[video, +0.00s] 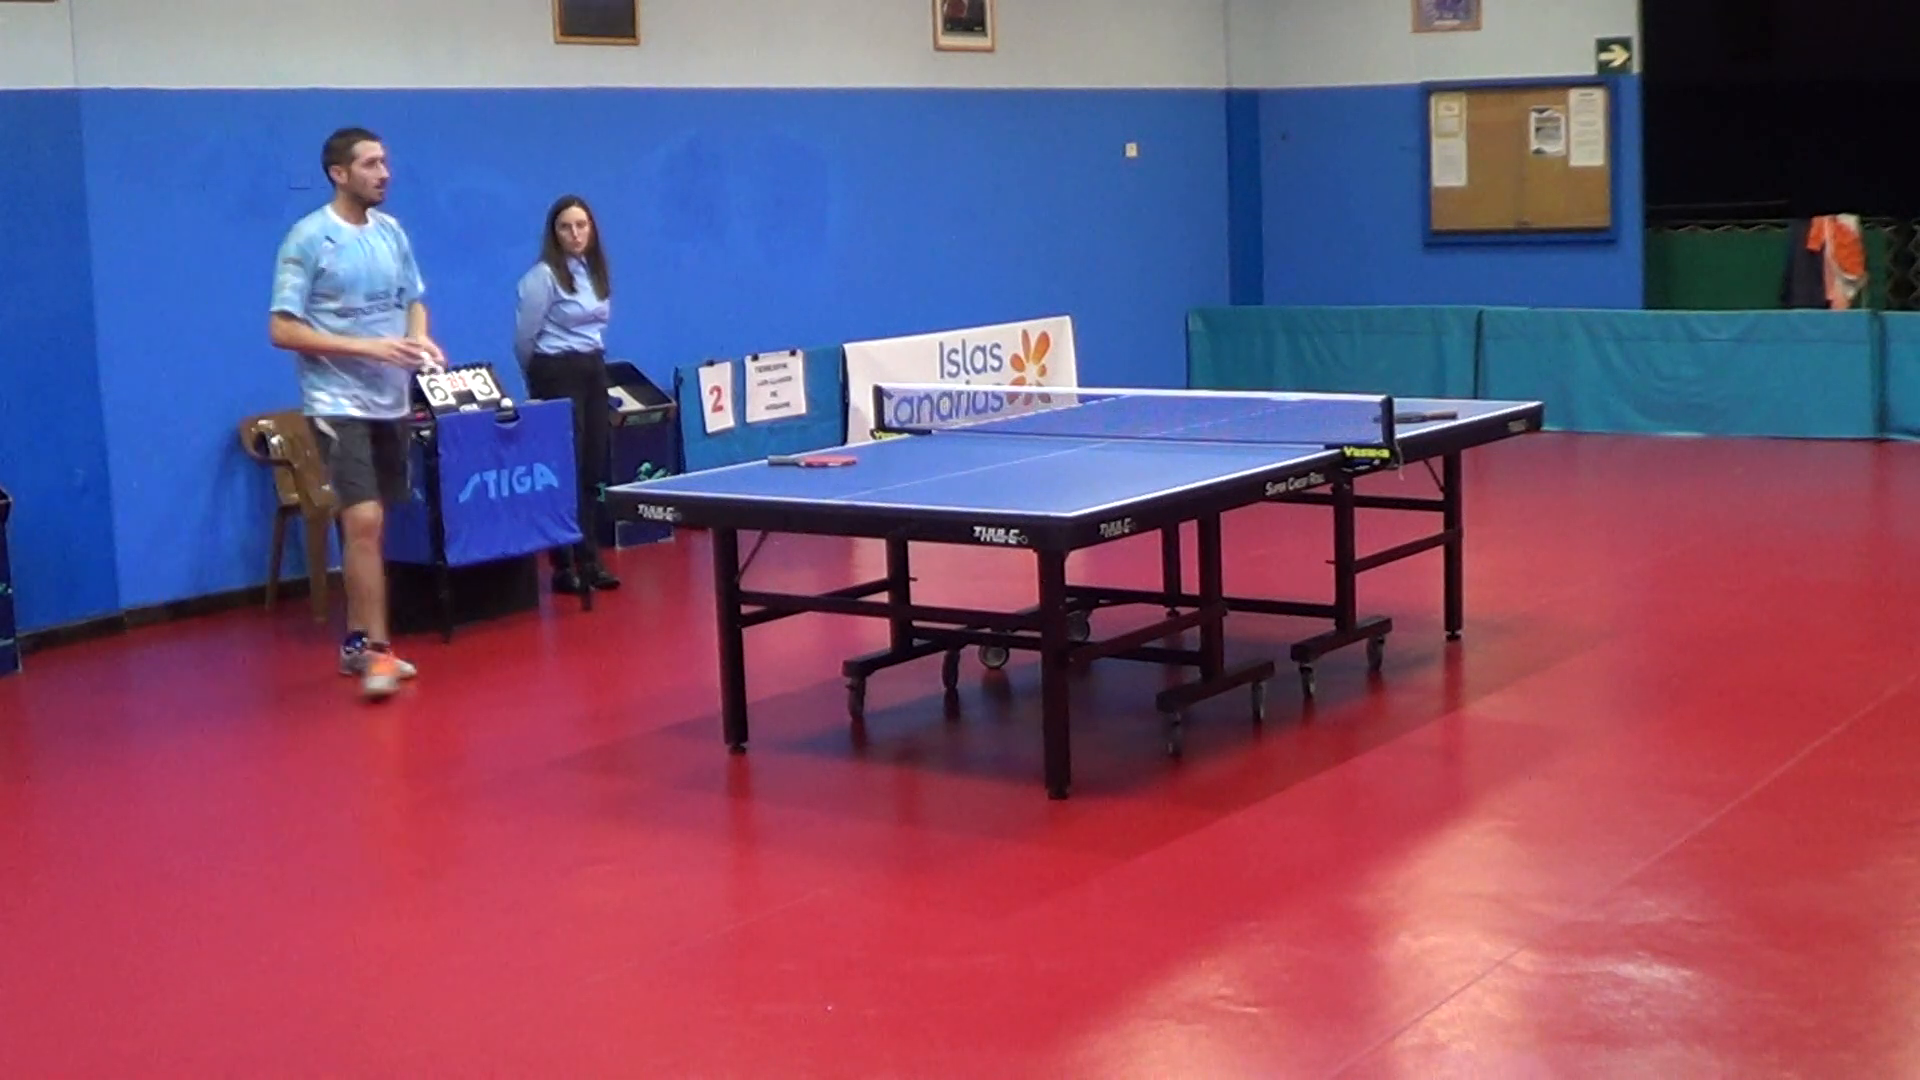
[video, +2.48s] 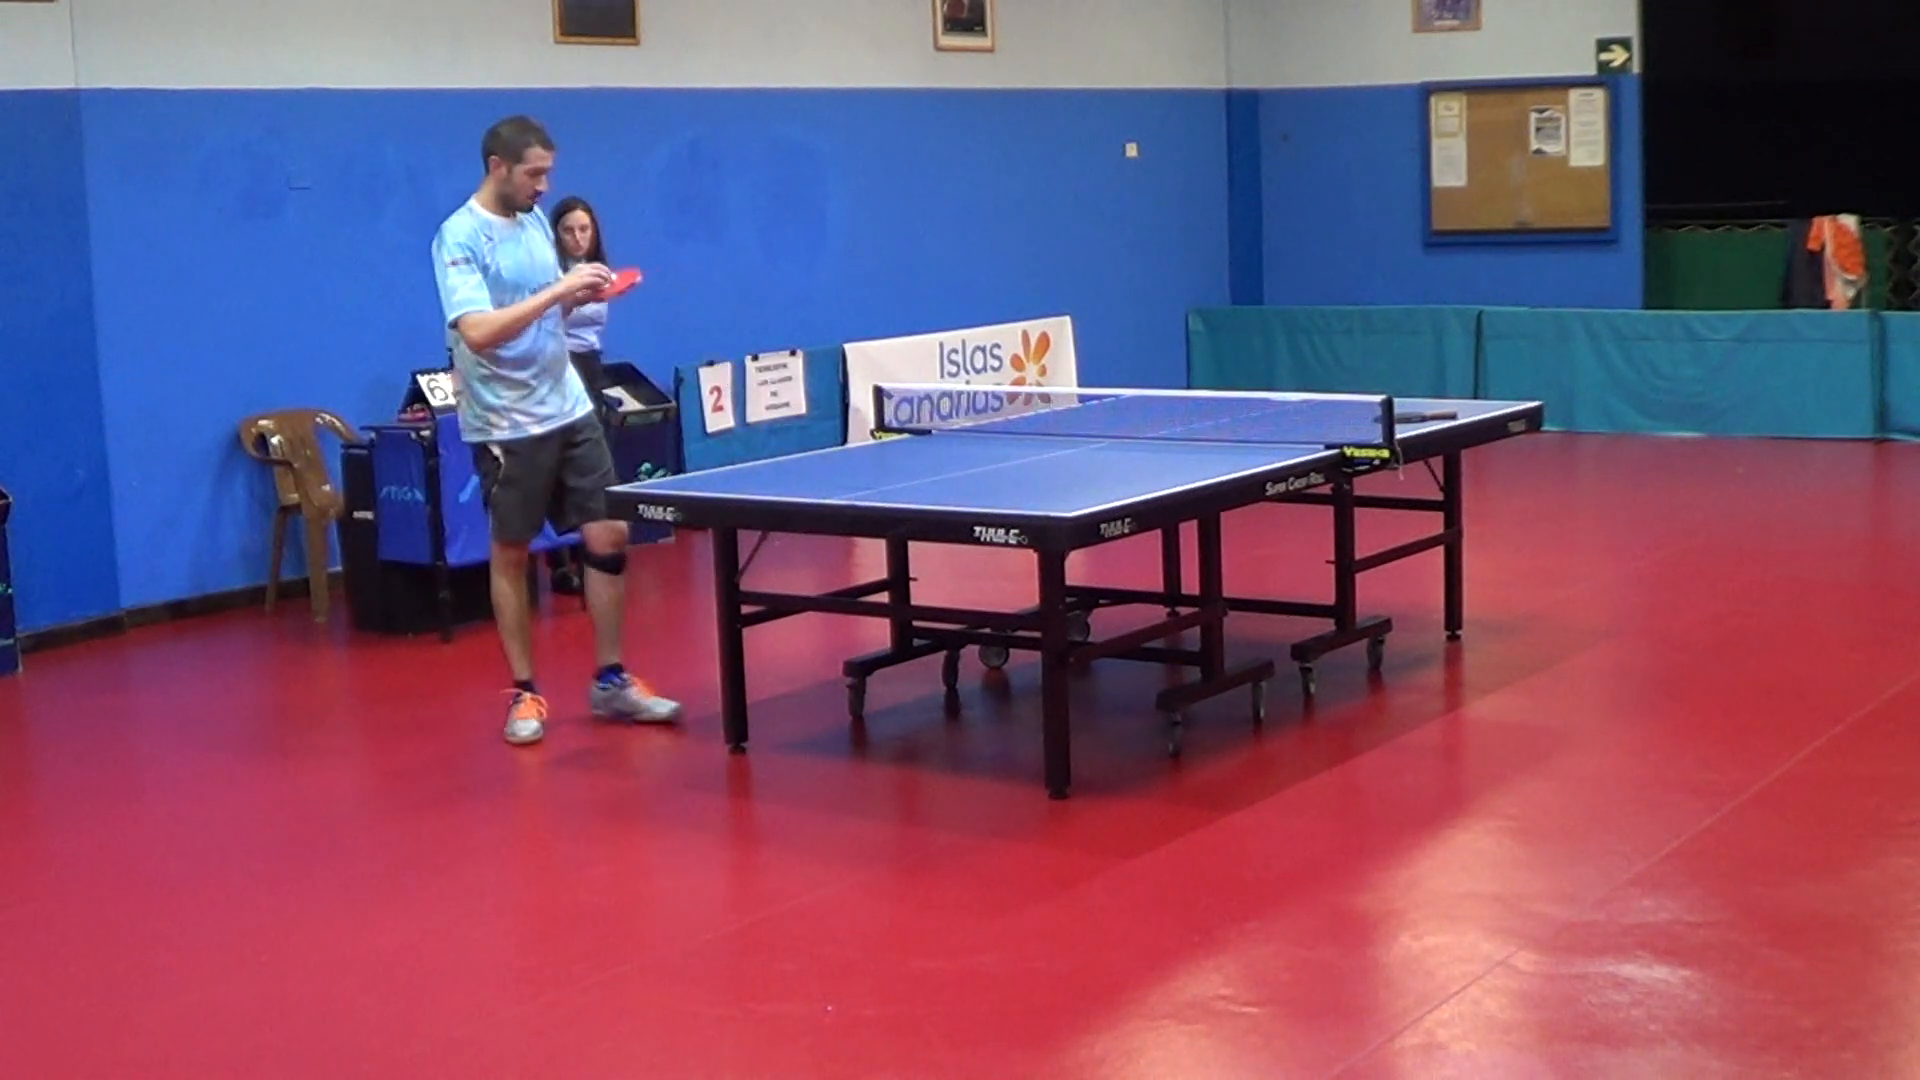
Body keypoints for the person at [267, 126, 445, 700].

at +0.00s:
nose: (384, 172)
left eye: (384, 162)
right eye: (371, 164)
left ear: (380, 169)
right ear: (339, 173)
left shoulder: (392, 229)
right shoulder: (307, 237)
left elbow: (413, 301)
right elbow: (282, 329)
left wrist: (421, 341)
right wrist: (371, 347)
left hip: (390, 401)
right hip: (337, 403)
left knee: (372, 522)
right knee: (365, 520)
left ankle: (360, 641)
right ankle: (376, 652)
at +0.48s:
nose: (466, 166)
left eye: (467, 156)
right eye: (454, 158)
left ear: (461, 164)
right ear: (419, 168)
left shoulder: (470, 222)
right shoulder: (395, 238)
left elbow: (493, 295)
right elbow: (373, 335)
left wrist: (509, 325)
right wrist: (466, 345)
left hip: (493, 402)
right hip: (435, 416)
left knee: (528, 521)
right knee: (451, 536)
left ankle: (438, 603)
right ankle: (475, 669)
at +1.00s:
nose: (610, 185)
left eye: (612, 174)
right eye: (599, 174)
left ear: (595, 176)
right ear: (561, 172)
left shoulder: (610, 243)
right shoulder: (512, 245)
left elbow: (631, 332)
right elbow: (463, 336)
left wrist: (681, 386)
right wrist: (532, 370)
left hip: (619, 429)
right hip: (543, 439)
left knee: (652, 548)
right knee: (521, 557)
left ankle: (671, 689)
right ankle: (488, 663)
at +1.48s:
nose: (712, 191)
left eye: (718, 180)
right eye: (707, 178)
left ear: (696, 171)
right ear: (673, 163)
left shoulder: (703, 237)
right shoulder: (594, 213)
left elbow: (719, 335)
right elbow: (521, 279)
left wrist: (759, 421)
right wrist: (561, 333)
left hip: (673, 417)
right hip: (598, 411)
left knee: (664, 548)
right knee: (591, 550)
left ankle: (672, 691)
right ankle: (629, 672)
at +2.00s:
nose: (650, 183)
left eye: (654, 171)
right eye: (644, 170)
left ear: (630, 166)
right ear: (605, 159)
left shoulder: (637, 228)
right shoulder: (542, 221)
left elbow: (635, 319)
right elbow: (486, 306)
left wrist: (683, 335)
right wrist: (575, 317)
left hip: (640, 418)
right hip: (569, 422)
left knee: (649, 551)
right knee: (550, 554)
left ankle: (670, 692)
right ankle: (528, 690)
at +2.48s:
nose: (542, 185)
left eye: (547, 174)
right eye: (534, 174)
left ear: (536, 170)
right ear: (497, 168)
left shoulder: (535, 222)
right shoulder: (458, 237)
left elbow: (543, 308)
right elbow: (478, 333)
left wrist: (582, 289)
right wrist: (558, 293)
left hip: (570, 405)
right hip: (508, 423)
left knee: (608, 537)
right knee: (511, 554)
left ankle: (610, 681)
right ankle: (526, 693)